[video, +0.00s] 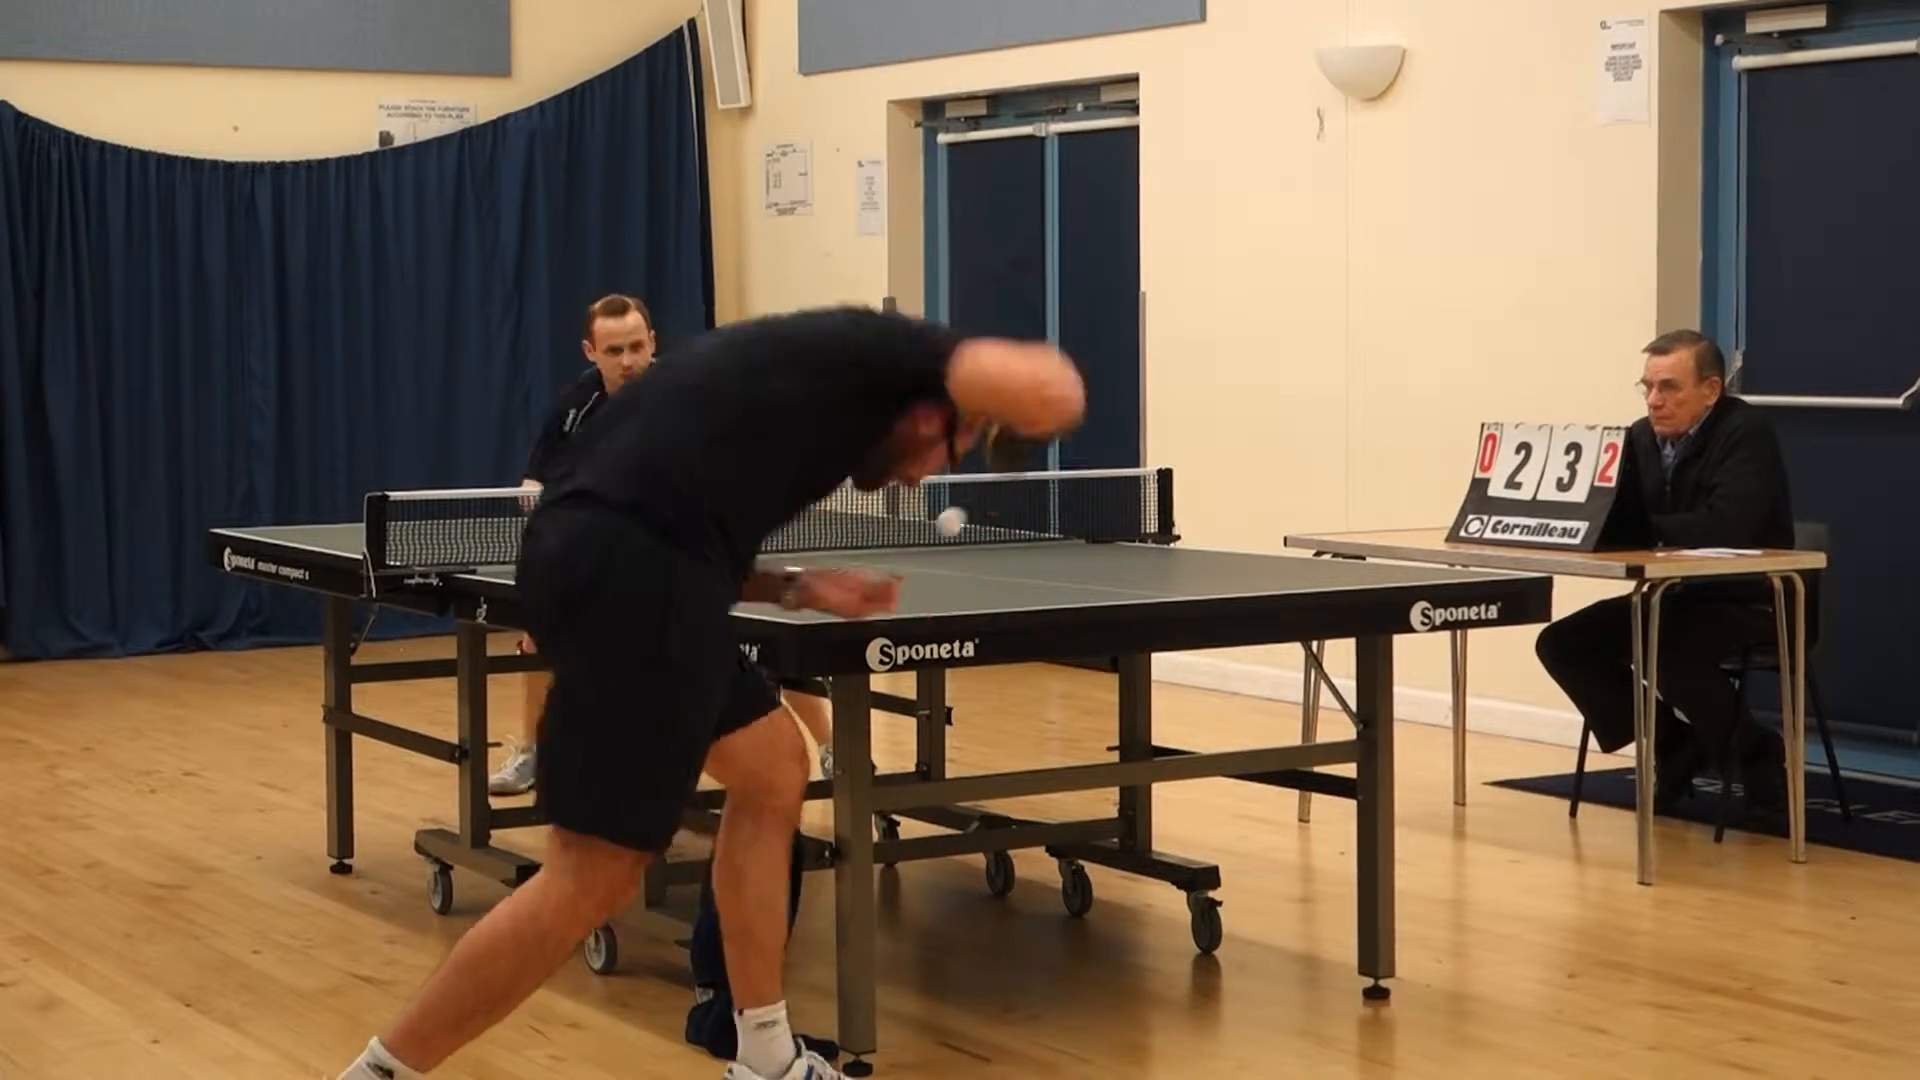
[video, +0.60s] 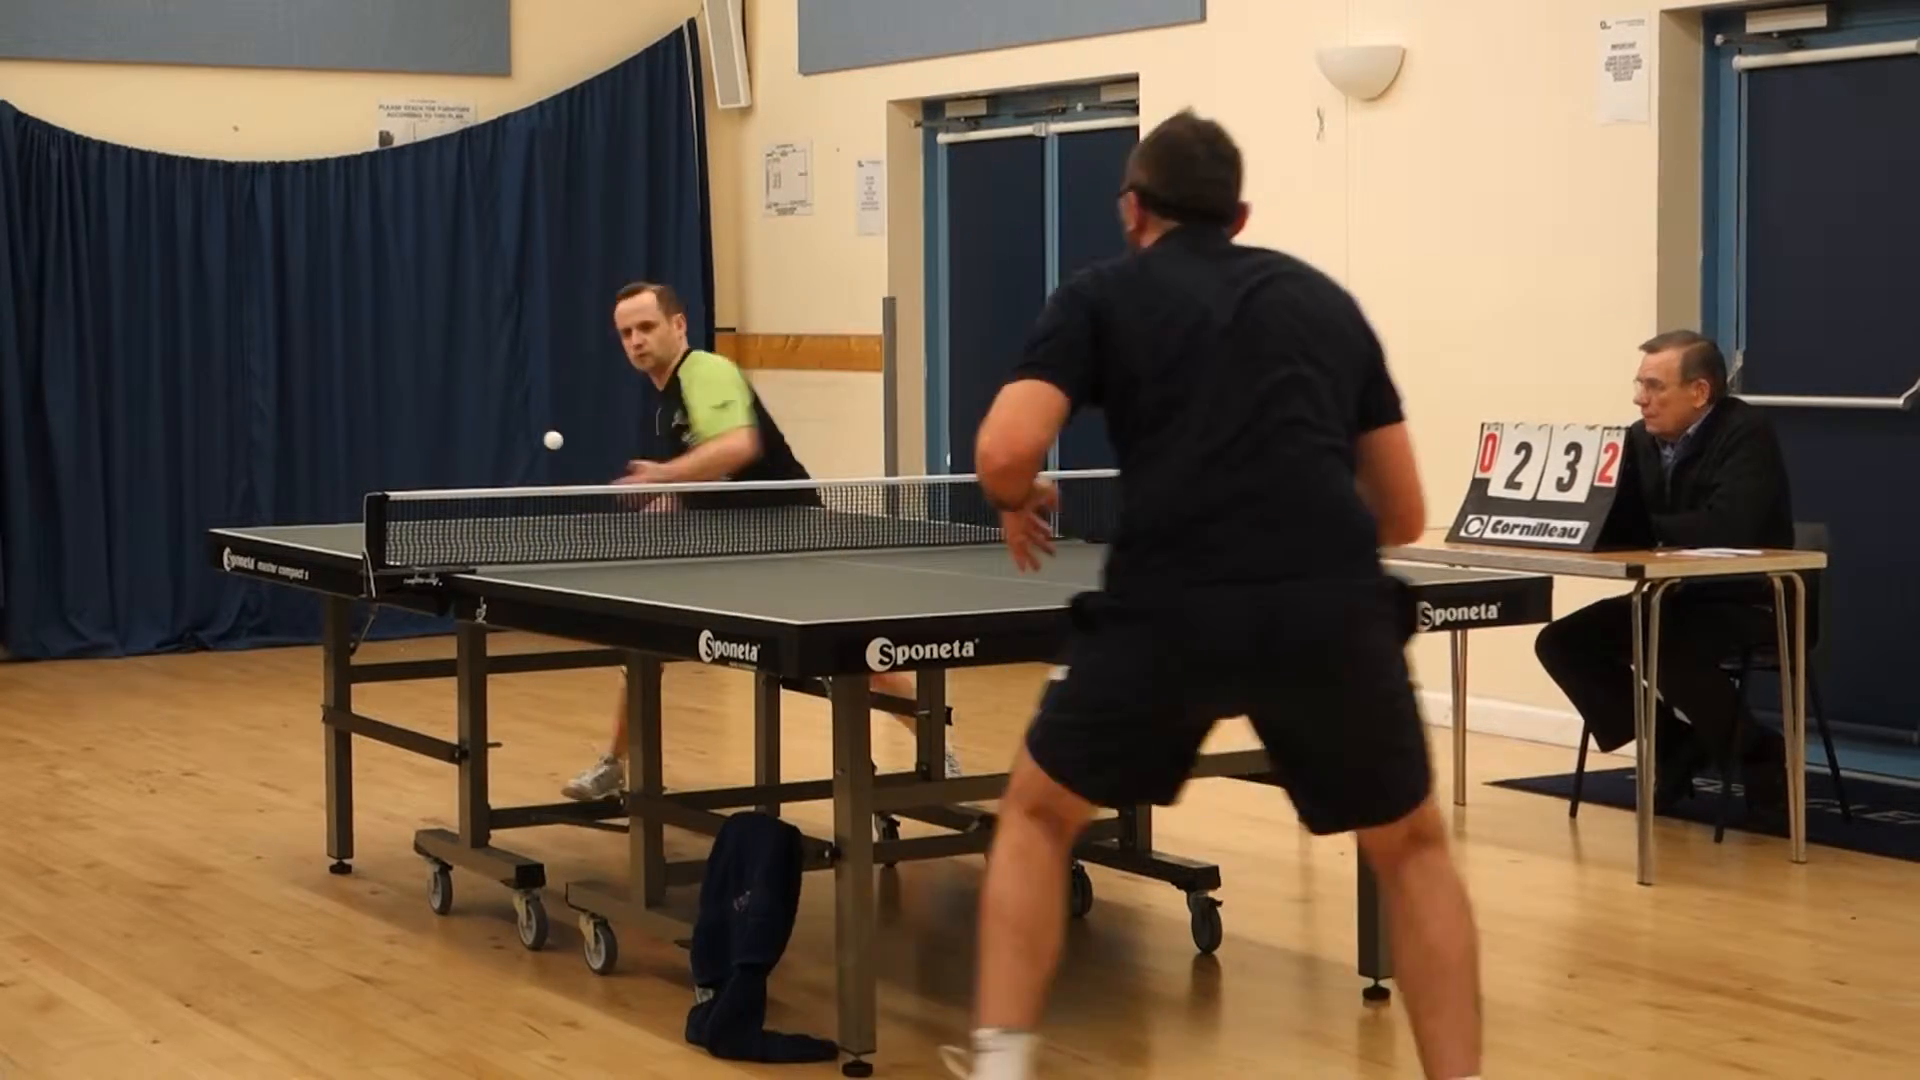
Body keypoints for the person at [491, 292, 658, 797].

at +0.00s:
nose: (629, 361)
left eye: (638, 347)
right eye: (615, 349)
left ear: (654, 343)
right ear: (592, 351)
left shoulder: (674, 398)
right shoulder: (577, 400)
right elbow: (538, 474)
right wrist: (534, 489)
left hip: (650, 548)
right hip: (576, 544)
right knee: (540, 638)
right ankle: (532, 751)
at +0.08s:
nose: (622, 344)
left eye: (630, 329)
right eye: (608, 332)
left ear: (647, 325)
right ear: (585, 335)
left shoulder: (685, 388)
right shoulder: (570, 395)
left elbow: (712, 459)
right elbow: (527, 472)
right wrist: (541, 494)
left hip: (664, 535)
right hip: (580, 538)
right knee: (543, 634)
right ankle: (530, 751)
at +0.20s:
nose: (622, 320)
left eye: (630, 305)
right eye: (608, 310)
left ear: (649, 303)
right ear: (587, 317)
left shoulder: (688, 362)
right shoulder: (575, 383)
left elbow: (739, 431)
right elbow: (533, 465)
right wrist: (532, 534)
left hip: (687, 523)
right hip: (609, 531)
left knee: (726, 628)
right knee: (560, 635)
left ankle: (745, 760)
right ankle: (531, 752)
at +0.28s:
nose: (621, 308)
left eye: (629, 295)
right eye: (607, 300)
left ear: (647, 295)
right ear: (588, 309)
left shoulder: (692, 353)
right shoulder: (583, 379)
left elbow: (731, 430)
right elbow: (551, 459)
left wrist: (686, 453)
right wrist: (532, 522)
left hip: (705, 518)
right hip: (622, 523)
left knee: (766, 617)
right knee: (574, 624)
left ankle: (797, 749)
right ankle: (567, 746)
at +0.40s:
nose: (614, 327)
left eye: (622, 312)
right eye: (600, 318)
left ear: (643, 310)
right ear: (585, 329)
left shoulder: (686, 360)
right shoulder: (600, 402)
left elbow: (686, 433)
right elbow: (602, 503)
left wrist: (600, 449)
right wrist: (595, 582)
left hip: (734, 525)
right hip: (656, 535)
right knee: (601, 630)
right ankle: (603, 762)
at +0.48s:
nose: (618, 344)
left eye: (627, 329)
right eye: (605, 337)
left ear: (653, 327)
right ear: (595, 345)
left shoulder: (683, 371)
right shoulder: (627, 400)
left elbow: (635, 434)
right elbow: (654, 486)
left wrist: (546, 455)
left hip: (758, 528)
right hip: (687, 539)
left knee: (826, 652)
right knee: (614, 633)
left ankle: (920, 742)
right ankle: (605, 766)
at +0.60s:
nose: (634, 342)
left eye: (645, 328)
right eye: (625, 334)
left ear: (678, 326)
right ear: (622, 340)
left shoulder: (707, 371)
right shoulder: (668, 390)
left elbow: (741, 443)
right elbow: (707, 458)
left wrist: (666, 471)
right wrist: (677, 493)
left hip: (789, 530)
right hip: (729, 537)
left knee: (848, 650)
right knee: (645, 633)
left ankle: (936, 743)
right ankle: (618, 763)